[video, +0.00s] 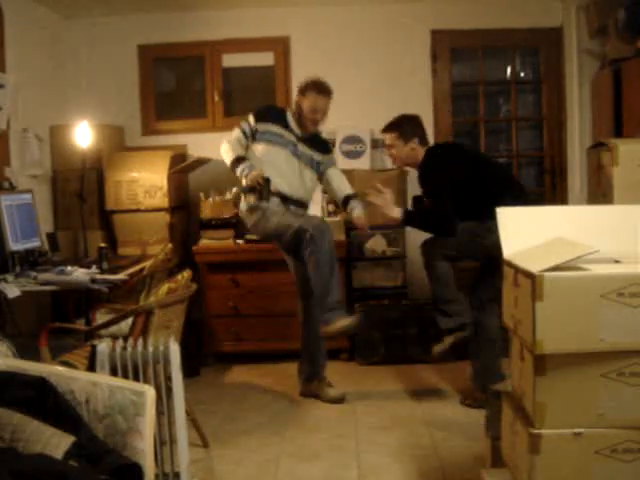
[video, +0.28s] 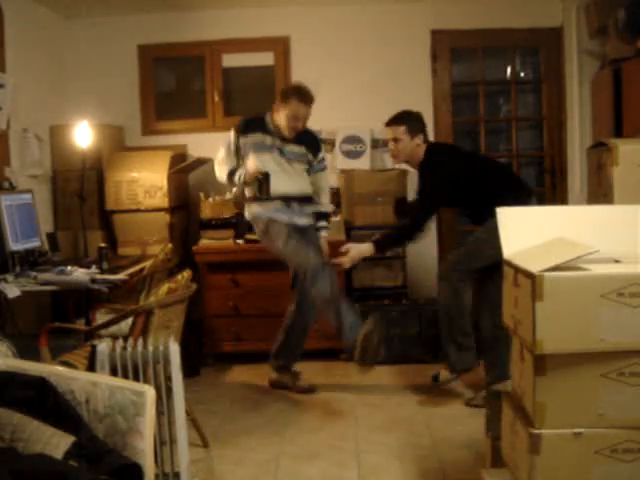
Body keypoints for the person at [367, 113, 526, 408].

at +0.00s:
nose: (389, 154)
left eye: (392, 147)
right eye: (387, 148)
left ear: (413, 143)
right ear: (415, 144)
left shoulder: (436, 164)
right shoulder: (444, 157)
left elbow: (444, 225)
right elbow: (441, 215)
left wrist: (398, 213)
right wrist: (399, 208)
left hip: (499, 229)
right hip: (511, 225)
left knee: (434, 249)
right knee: (485, 300)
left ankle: (455, 321)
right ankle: (489, 383)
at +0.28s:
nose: (390, 149)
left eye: (395, 141)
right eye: (389, 142)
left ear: (417, 139)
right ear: (416, 141)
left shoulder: (436, 164)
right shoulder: (436, 161)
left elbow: (415, 225)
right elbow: (415, 222)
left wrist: (368, 249)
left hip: (510, 220)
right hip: (514, 217)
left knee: (453, 273)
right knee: (490, 296)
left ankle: (464, 367)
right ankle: (499, 378)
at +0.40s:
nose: (391, 149)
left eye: (396, 141)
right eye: (389, 142)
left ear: (418, 140)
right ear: (414, 141)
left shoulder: (445, 168)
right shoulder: (428, 163)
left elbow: (466, 240)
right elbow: (437, 197)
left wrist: (420, 239)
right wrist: (403, 211)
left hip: (498, 234)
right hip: (482, 232)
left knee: (464, 307)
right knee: (487, 306)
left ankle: (467, 386)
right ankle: (500, 371)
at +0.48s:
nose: (401, 153)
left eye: (407, 146)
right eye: (399, 146)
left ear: (429, 146)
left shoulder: (455, 176)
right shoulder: (428, 174)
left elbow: (483, 242)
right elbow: (435, 203)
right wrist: (403, 215)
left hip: (493, 251)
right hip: (471, 250)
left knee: (461, 312)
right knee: (445, 305)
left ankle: (475, 388)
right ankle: (467, 380)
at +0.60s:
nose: (406, 145)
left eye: (413, 139)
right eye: (404, 139)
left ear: (434, 139)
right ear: (403, 140)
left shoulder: (462, 173)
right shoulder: (421, 170)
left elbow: (478, 238)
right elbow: (430, 198)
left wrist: (459, 289)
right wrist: (397, 214)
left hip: (495, 235)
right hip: (461, 231)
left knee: (476, 307)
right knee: (416, 252)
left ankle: (474, 387)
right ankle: (431, 328)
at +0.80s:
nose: (427, 139)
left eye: (435, 133)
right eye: (424, 133)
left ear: (453, 136)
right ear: (421, 136)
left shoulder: (479, 172)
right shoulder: (425, 165)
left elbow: (485, 239)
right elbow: (420, 199)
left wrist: (467, 295)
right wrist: (394, 217)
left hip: (490, 247)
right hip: (458, 244)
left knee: (488, 316)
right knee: (433, 298)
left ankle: (497, 388)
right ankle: (429, 377)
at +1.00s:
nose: (435, 125)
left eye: (442, 119)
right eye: (431, 119)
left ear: (459, 121)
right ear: (427, 122)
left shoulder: (484, 158)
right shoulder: (422, 156)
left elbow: (503, 214)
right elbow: (408, 195)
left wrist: (494, 264)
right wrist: (392, 214)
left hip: (488, 242)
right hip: (451, 241)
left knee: (491, 313)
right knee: (441, 303)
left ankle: (493, 386)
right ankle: (458, 378)